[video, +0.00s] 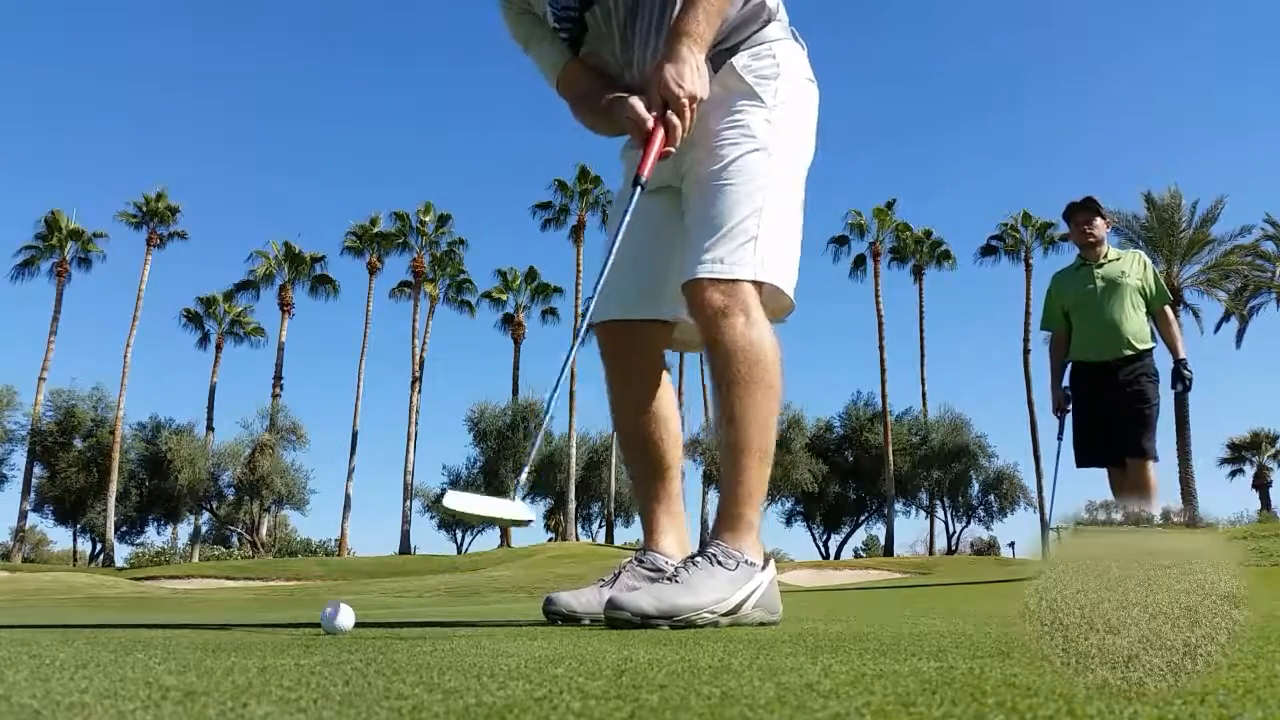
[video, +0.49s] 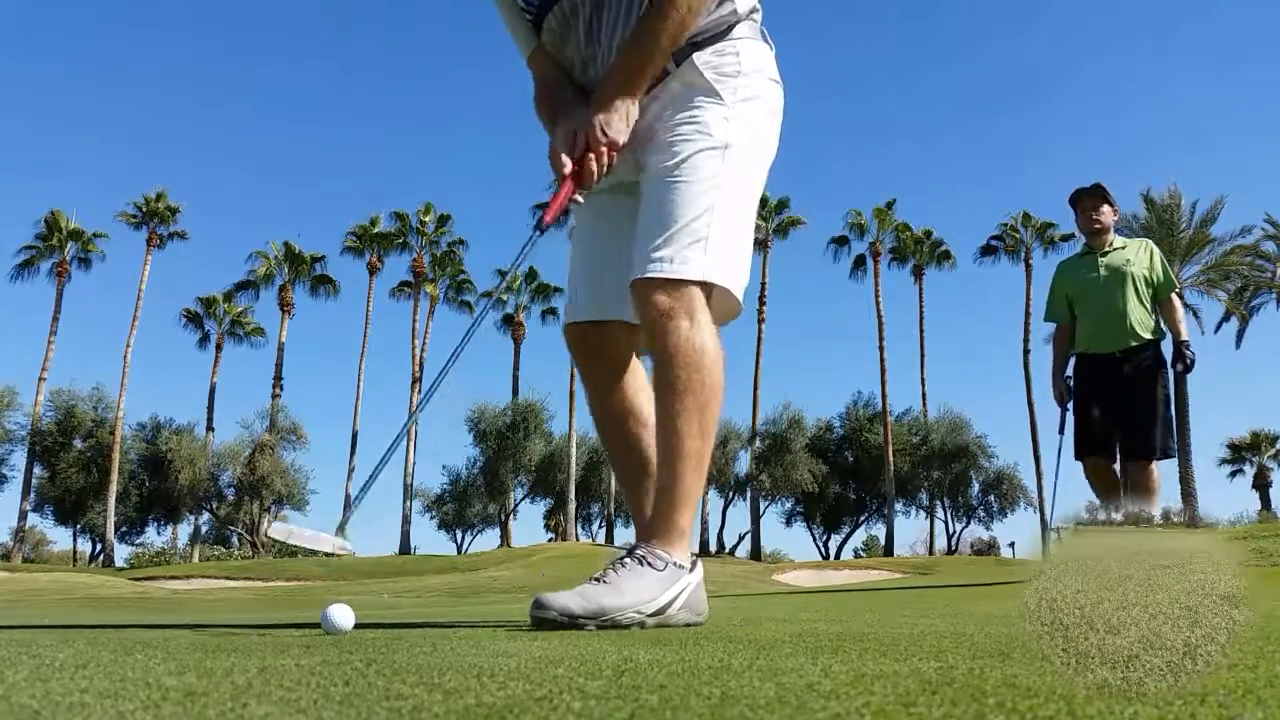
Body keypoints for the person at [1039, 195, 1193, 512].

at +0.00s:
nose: (1086, 228)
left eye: (1091, 221)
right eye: (1078, 225)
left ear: (1106, 224)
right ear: (1070, 234)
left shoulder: (1136, 262)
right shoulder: (1063, 280)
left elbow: (1163, 313)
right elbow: (1059, 337)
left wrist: (1180, 360)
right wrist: (1056, 387)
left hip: (1135, 369)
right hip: (1090, 376)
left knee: (1139, 456)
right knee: (1114, 463)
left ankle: (1150, 529)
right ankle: (1130, 531)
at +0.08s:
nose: (1087, 226)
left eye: (1092, 219)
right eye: (1079, 223)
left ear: (1107, 222)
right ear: (1071, 232)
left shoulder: (1138, 261)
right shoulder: (1064, 278)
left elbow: (1164, 313)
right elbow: (1060, 337)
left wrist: (1182, 358)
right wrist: (1056, 385)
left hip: (1136, 368)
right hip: (1090, 375)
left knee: (1138, 455)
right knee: (1113, 461)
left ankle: (1149, 529)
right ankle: (1130, 530)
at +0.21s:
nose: (1089, 222)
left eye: (1095, 215)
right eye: (1082, 218)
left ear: (1109, 219)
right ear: (1074, 227)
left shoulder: (1140, 258)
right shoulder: (1066, 275)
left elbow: (1165, 309)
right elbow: (1061, 332)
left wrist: (1183, 355)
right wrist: (1057, 381)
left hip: (1136, 365)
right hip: (1090, 371)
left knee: (1139, 454)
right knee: (1112, 460)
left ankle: (1150, 528)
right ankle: (1128, 530)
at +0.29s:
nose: (1090, 220)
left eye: (1096, 213)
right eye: (1082, 216)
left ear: (1111, 217)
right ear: (1075, 226)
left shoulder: (1142, 255)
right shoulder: (1066, 273)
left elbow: (1166, 306)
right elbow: (1062, 330)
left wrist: (1183, 352)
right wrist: (1057, 379)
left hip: (1138, 363)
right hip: (1091, 369)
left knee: (1139, 456)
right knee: (1108, 460)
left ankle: (1148, 531)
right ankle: (1125, 530)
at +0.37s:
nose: (1091, 218)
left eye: (1097, 212)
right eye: (1083, 215)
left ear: (1113, 216)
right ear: (1076, 225)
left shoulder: (1144, 254)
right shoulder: (1067, 272)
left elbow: (1167, 304)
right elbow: (1063, 329)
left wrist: (1182, 347)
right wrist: (1057, 377)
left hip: (1140, 364)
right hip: (1092, 369)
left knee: (1140, 457)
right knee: (1099, 461)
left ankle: (1148, 529)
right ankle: (1122, 524)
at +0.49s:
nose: (1092, 214)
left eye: (1099, 208)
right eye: (1084, 211)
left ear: (1114, 213)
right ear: (1077, 221)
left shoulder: (1144, 251)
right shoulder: (1067, 269)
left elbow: (1167, 298)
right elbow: (1064, 327)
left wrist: (1181, 340)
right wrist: (1058, 375)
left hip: (1141, 362)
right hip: (1092, 367)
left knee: (1140, 458)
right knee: (1094, 460)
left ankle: (1145, 529)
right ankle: (1118, 518)